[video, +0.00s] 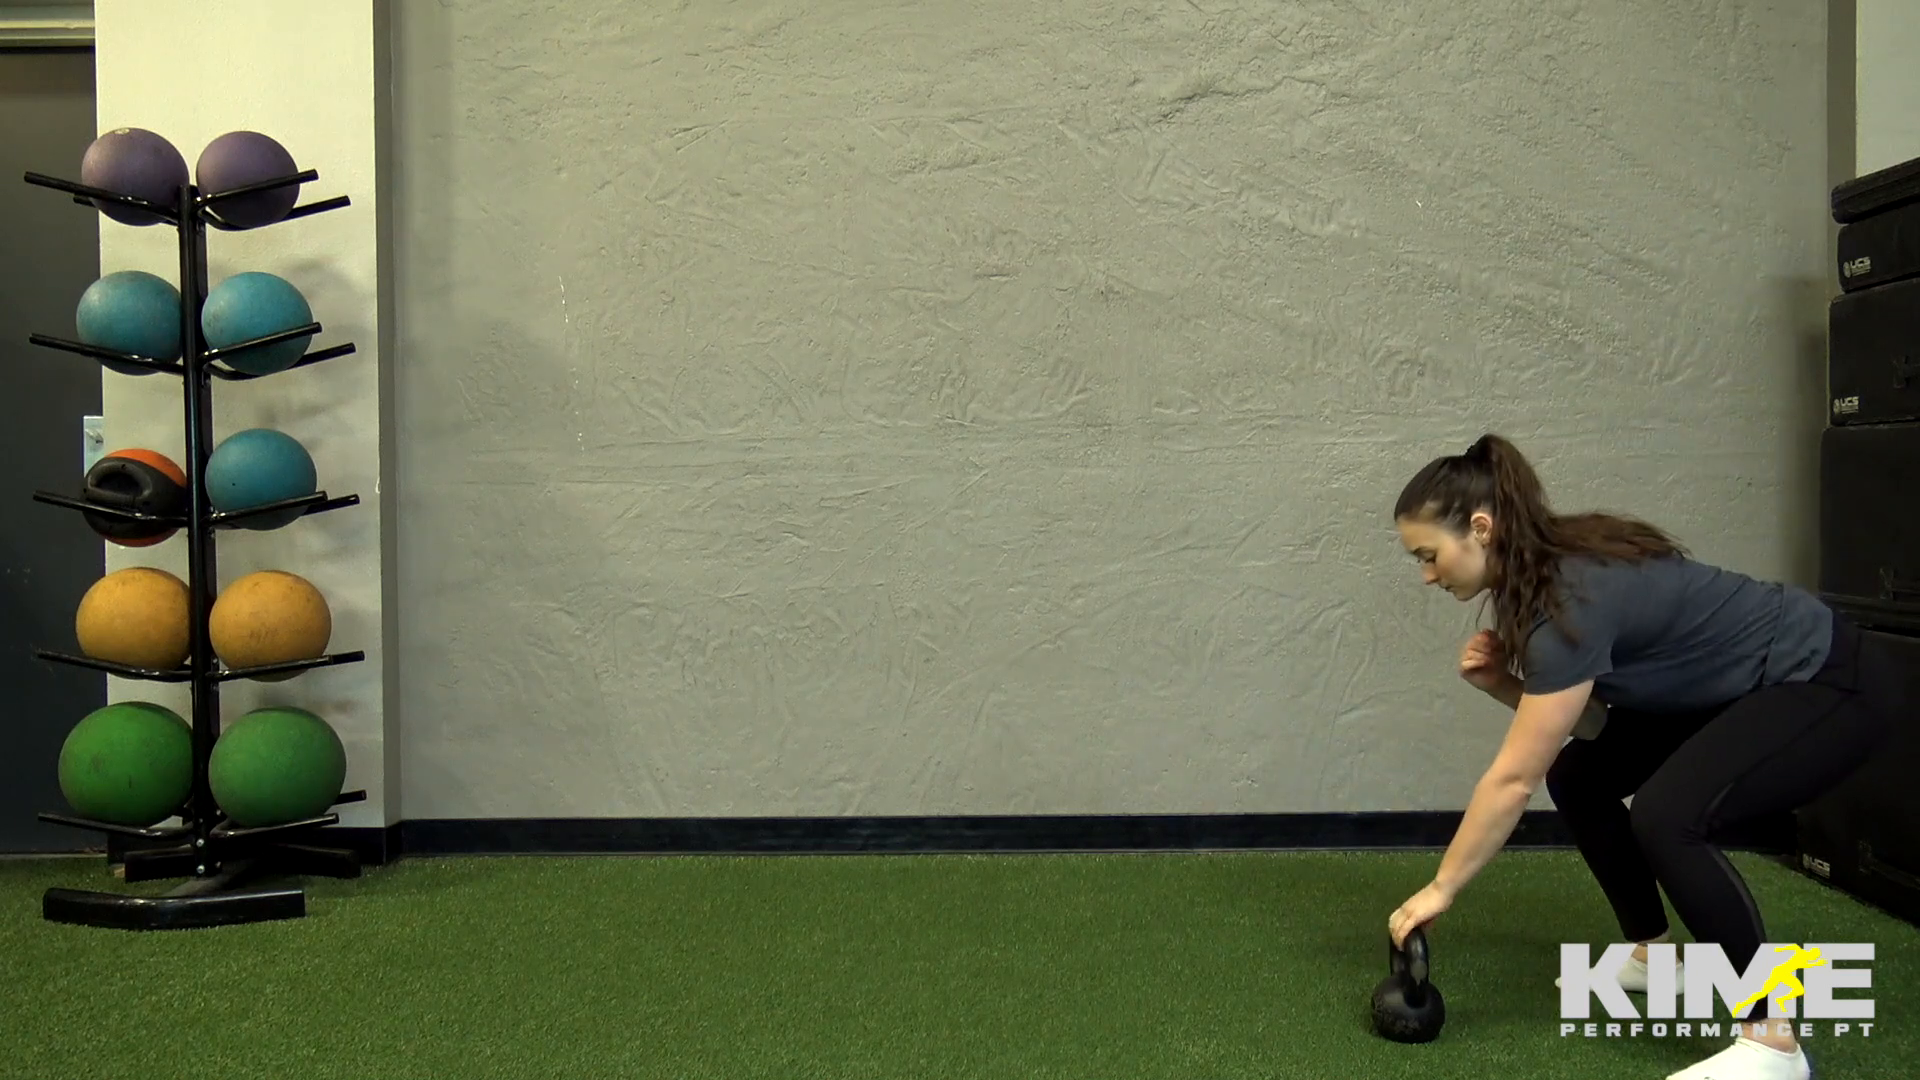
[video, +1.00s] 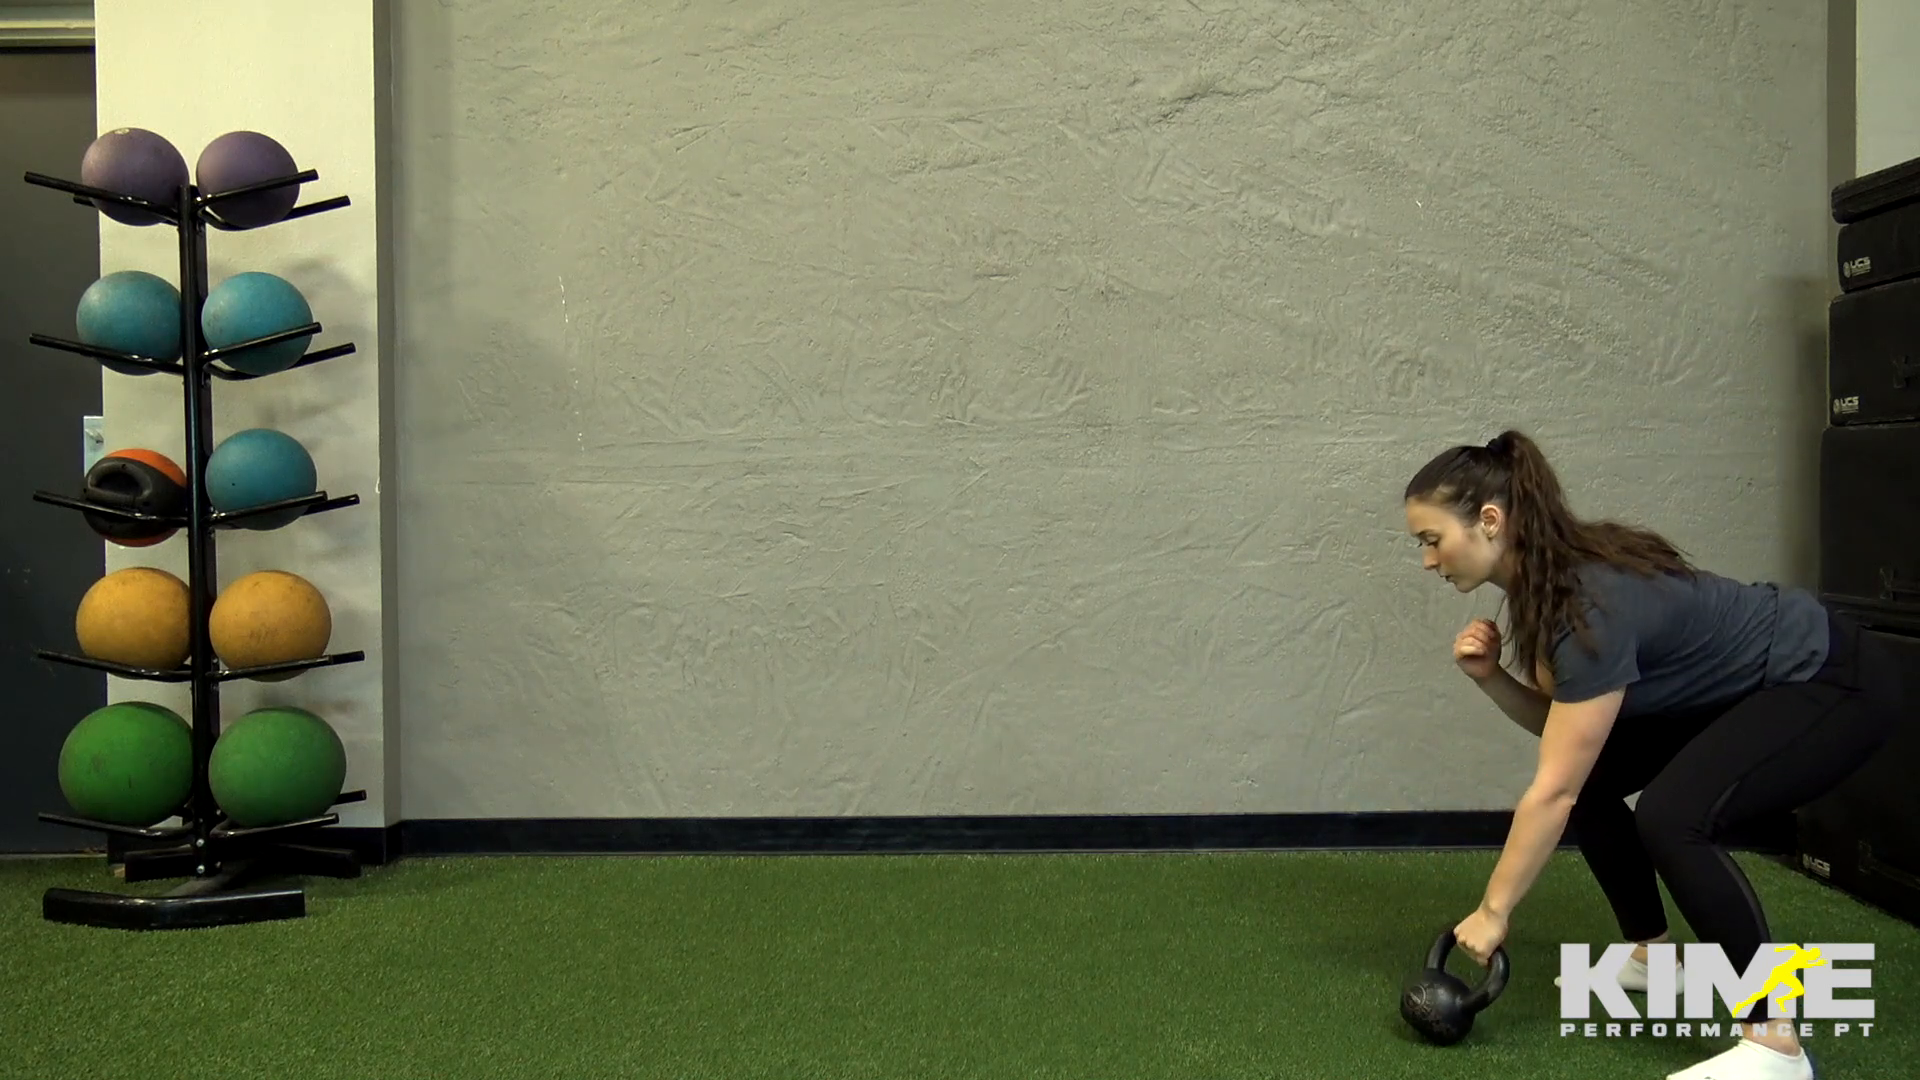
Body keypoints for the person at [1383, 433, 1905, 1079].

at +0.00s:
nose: (1427, 575)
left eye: (1428, 555)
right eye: (1419, 561)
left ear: (1482, 527)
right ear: (1484, 528)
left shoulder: (1572, 603)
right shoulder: (1547, 570)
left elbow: (1515, 782)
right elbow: (1585, 715)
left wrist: (1442, 886)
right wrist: (1508, 682)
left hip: (1829, 679)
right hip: (1753, 672)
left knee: (1665, 818)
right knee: (1580, 771)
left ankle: (1776, 1034)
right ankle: (1652, 952)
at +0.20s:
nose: (1425, 571)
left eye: (1427, 552)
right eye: (1417, 557)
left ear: (1481, 523)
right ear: (1483, 524)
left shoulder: (1574, 597)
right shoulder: (1548, 564)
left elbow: (1519, 782)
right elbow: (1585, 707)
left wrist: (1453, 896)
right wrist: (1510, 678)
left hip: (1831, 664)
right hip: (1750, 660)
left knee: (1674, 814)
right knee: (1588, 772)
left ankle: (1778, 1035)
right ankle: (1653, 955)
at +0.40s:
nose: (1429, 572)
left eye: (1431, 552)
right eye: (1421, 556)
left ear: (1487, 524)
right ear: (1488, 524)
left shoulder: (1577, 602)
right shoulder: (1557, 562)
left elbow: (1529, 791)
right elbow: (1592, 697)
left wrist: (1478, 911)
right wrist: (1518, 679)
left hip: (1836, 667)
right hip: (1759, 662)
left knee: (1679, 814)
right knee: (1591, 771)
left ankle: (1778, 1037)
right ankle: (1655, 956)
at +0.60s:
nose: (1431, 566)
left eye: (1434, 545)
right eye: (1423, 549)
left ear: (1491, 521)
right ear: (1493, 522)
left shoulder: (1583, 600)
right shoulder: (1553, 569)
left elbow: (1546, 796)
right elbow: (1573, 713)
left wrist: (1501, 921)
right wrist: (1507, 678)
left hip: (1837, 671)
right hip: (1759, 665)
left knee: (1677, 816)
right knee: (1590, 776)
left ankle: (1777, 1038)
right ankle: (1655, 955)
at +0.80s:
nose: (1429, 559)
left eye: (1433, 538)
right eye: (1422, 542)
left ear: (1492, 518)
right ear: (1492, 519)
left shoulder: (1590, 602)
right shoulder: (1549, 577)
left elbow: (1551, 793)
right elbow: (1559, 721)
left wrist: (1493, 913)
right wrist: (1496, 673)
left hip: (1833, 676)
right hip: (1761, 671)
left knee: (1673, 820)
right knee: (1586, 775)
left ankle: (1776, 1038)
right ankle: (1654, 957)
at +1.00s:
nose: (1427, 561)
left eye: (1431, 540)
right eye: (1420, 544)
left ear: (1491, 520)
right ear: (1490, 522)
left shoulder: (1593, 603)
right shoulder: (1555, 581)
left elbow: (1554, 794)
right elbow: (1560, 725)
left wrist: (1493, 913)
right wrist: (1492, 678)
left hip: (1834, 677)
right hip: (1761, 672)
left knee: (1672, 819)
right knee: (1585, 779)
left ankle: (1776, 1037)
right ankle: (1654, 957)